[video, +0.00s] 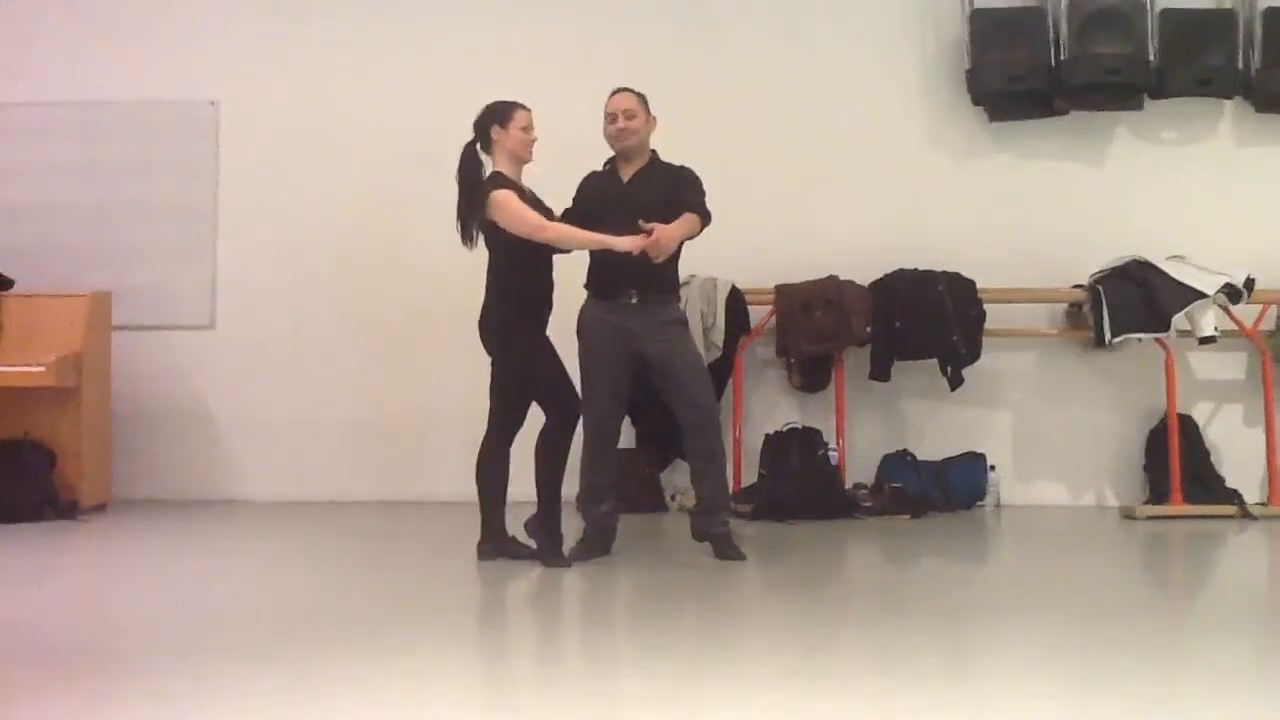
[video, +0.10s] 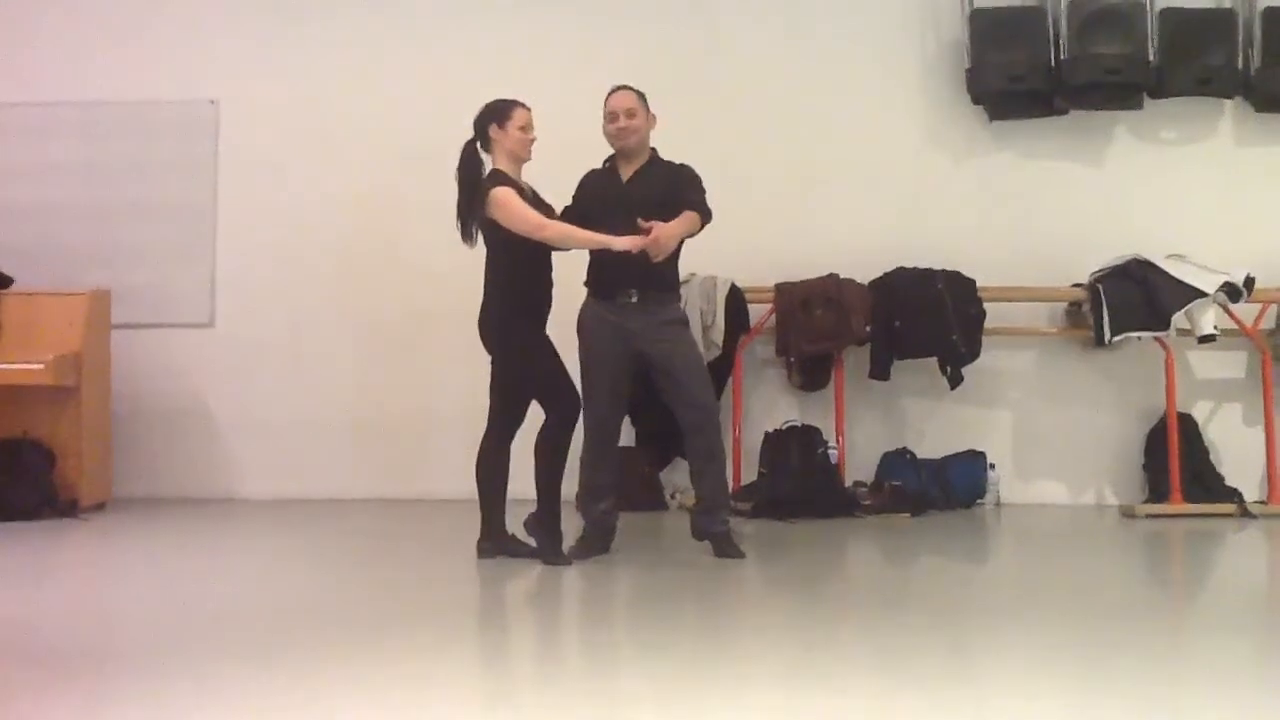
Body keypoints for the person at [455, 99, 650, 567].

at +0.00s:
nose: (534, 136)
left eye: (533, 129)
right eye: (526, 129)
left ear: (506, 136)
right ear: (498, 135)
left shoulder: (516, 191)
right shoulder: (498, 194)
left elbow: (555, 235)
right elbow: (545, 234)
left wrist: (614, 236)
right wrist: (615, 242)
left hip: (522, 323)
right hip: (512, 326)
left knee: (502, 429)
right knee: (565, 409)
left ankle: (493, 535)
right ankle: (547, 521)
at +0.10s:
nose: (533, 136)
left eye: (532, 129)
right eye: (524, 129)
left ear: (510, 136)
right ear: (496, 134)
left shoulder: (517, 188)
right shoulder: (498, 192)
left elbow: (557, 230)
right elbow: (544, 232)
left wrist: (614, 233)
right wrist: (612, 241)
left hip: (522, 322)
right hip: (511, 325)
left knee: (502, 426)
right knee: (565, 407)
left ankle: (492, 533)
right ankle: (546, 519)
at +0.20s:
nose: (532, 136)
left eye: (532, 128)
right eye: (523, 129)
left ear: (513, 137)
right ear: (495, 134)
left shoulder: (518, 188)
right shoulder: (497, 192)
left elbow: (559, 231)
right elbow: (545, 232)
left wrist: (614, 230)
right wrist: (614, 241)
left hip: (523, 322)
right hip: (511, 325)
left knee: (502, 428)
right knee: (564, 407)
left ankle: (493, 534)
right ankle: (547, 520)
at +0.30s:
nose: (534, 137)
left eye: (534, 130)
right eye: (525, 130)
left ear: (518, 139)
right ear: (496, 136)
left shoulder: (521, 190)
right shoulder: (499, 193)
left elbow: (562, 234)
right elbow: (547, 231)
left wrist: (618, 232)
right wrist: (617, 240)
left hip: (527, 323)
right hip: (514, 326)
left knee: (506, 428)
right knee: (568, 408)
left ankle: (496, 534)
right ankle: (550, 520)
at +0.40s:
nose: (534, 136)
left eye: (534, 129)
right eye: (525, 129)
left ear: (518, 138)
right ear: (496, 135)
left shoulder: (522, 189)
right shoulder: (499, 190)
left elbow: (559, 243)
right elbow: (547, 228)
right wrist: (617, 234)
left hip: (527, 321)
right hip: (514, 324)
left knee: (505, 427)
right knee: (567, 407)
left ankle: (496, 533)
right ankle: (550, 520)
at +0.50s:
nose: (534, 133)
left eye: (534, 126)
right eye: (525, 126)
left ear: (519, 135)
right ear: (496, 132)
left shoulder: (524, 186)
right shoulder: (500, 189)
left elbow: (567, 241)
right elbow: (559, 223)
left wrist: (589, 217)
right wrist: (625, 221)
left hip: (527, 319)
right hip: (513, 322)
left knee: (506, 425)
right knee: (567, 404)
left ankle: (496, 531)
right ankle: (550, 517)